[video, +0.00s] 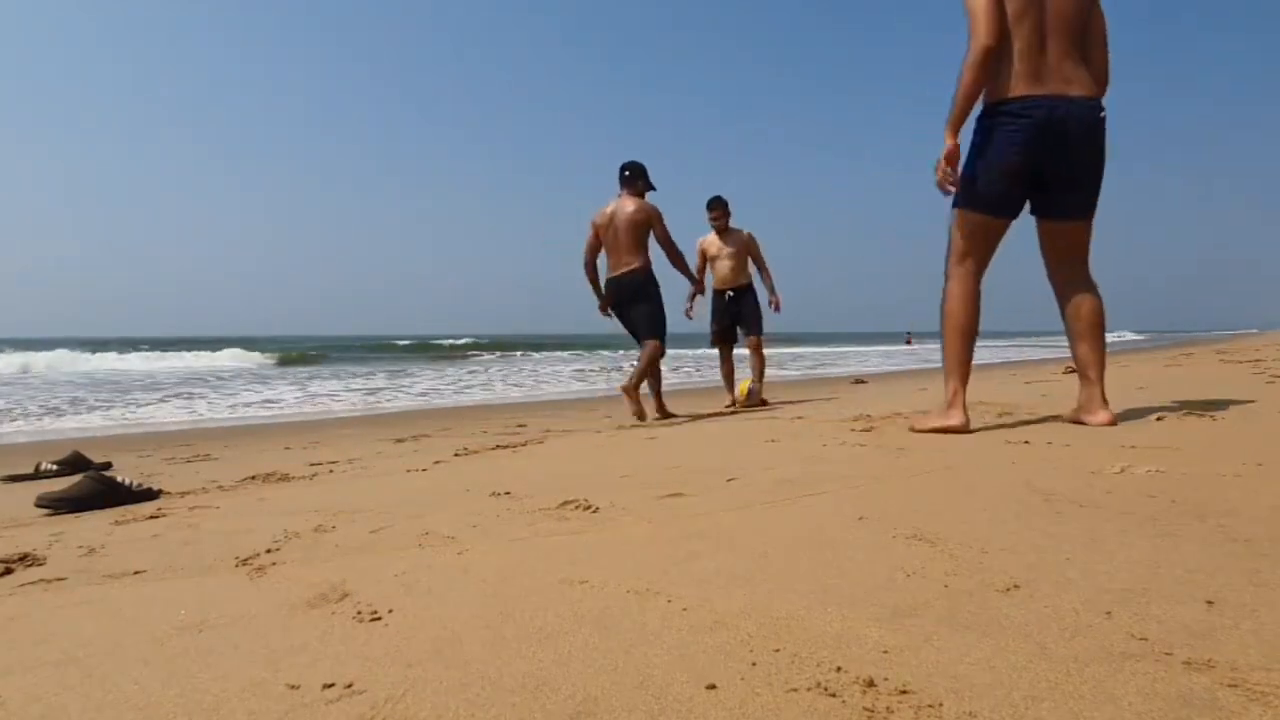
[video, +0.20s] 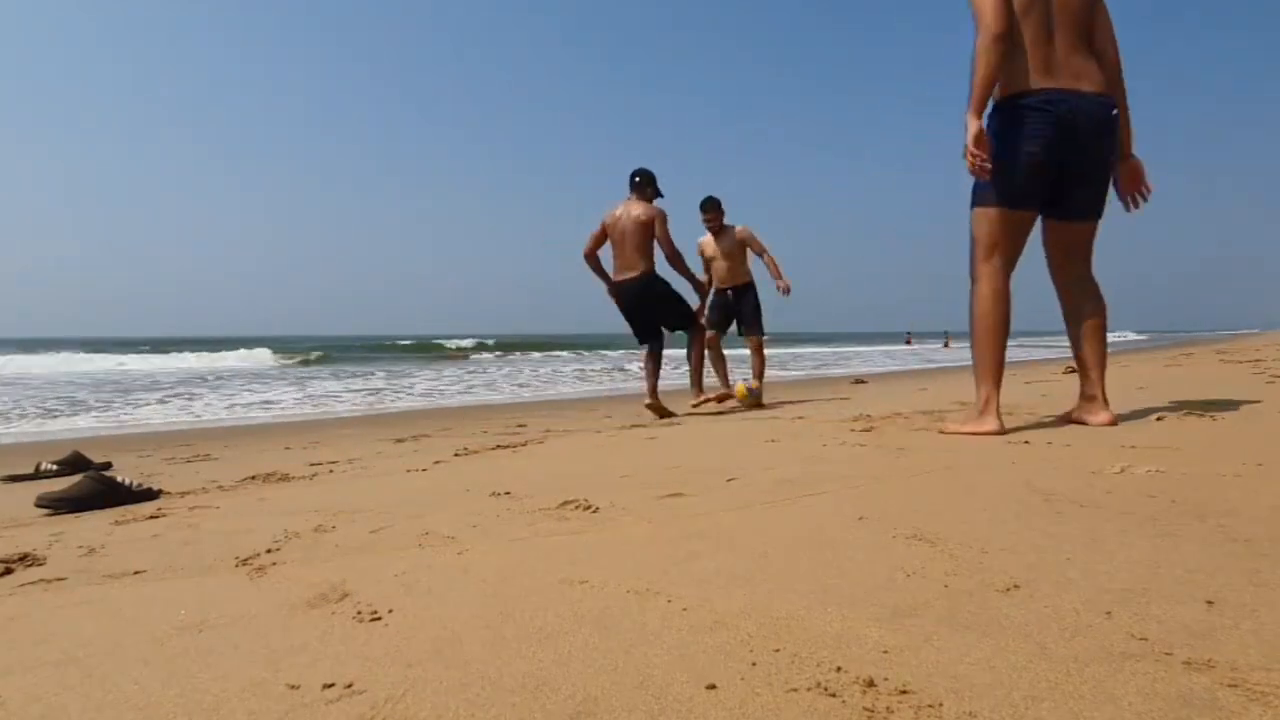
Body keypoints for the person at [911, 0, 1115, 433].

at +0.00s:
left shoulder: (988, 1)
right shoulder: (1084, 4)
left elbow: (985, 45)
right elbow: (1099, 72)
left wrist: (951, 131)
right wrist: (1067, 116)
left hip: (1010, 123)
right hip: (1080, 123)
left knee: (965, 263)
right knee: (1071, 265)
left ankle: (954, 405)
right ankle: (1094, 401)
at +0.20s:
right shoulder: (1088, 3)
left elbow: (994, 32)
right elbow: (1108, 55)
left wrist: (974, 115)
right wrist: (1124, 151)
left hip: (1027, 114)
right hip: (1095, 116)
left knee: (991, 262)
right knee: (1074, 265)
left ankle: (986, 409)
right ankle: (1094, 400)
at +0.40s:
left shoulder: (983, 1)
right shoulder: (1089, 3)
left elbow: (996, 41)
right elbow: (1114, 48)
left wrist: (977, 128)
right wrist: (1142, 145)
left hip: (1041, 118)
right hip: (1113, 119)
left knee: (988, 262)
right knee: (1094, 263)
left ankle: (984, 410)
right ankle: (1122, 390)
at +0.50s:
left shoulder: (990, 6)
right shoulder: (1100, 6)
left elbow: (997, 62)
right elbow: (1132, 67)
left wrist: (973, 153)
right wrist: (1155, 158)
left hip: (1055, 134)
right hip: (1127, 133)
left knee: (982, 268)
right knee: (1112, 266)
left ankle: (984, 410)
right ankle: (1175, 384)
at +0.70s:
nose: (1039, 4)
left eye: (1041, 5)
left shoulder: (1047, 20)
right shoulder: (1155, 10)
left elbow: (1033, 98)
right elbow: (1198, 84)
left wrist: (1000, 184)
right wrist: (1208, 167)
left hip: (1086, 149)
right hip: (1163, 149)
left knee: (1020, 281)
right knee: (1163, 279)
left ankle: (986, 411)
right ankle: (1230, 395)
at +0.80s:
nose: (1076, 9)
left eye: (1076, 7)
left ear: (1088, 2)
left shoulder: (1078, 26)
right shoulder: (1188, 14)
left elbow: (1064, 100)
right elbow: (1232, 91)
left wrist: (1031, 184)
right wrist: (1233, 176)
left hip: (1107, 153)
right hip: (1184, 153)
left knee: (1049, 281)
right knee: (1181, 281)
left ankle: (1003, 391)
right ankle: (1232, 393)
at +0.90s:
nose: (1095, 8)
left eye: (1095, 6)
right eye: (1095, 7)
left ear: (1106, 1)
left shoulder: (1098, 25)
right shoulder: (1202, 18)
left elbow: (1091, 93)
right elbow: (1242, 98)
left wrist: (1057, 176)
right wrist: (1243, 182)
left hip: (1123, 155)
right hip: (1197, 154)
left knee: (1059, 273)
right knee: (1191, 280)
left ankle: (1059, 366)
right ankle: (1231, 393)